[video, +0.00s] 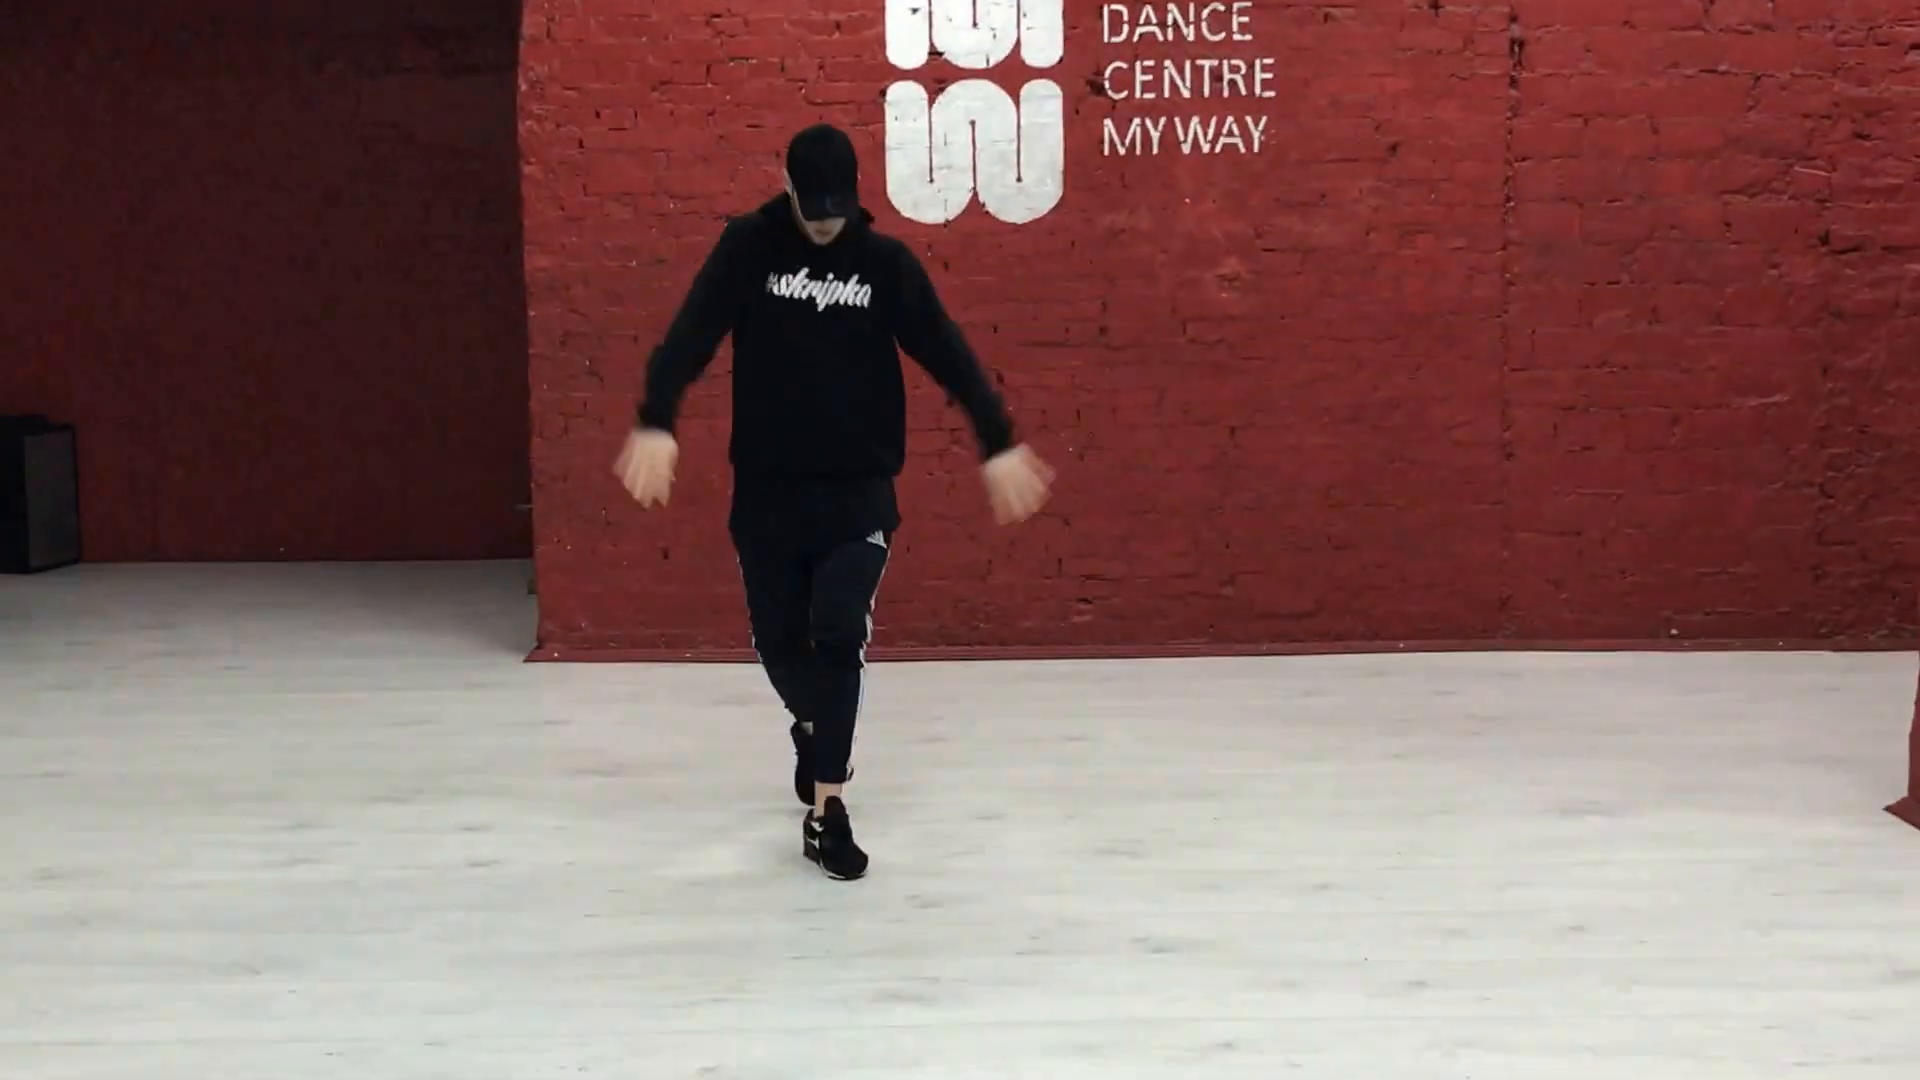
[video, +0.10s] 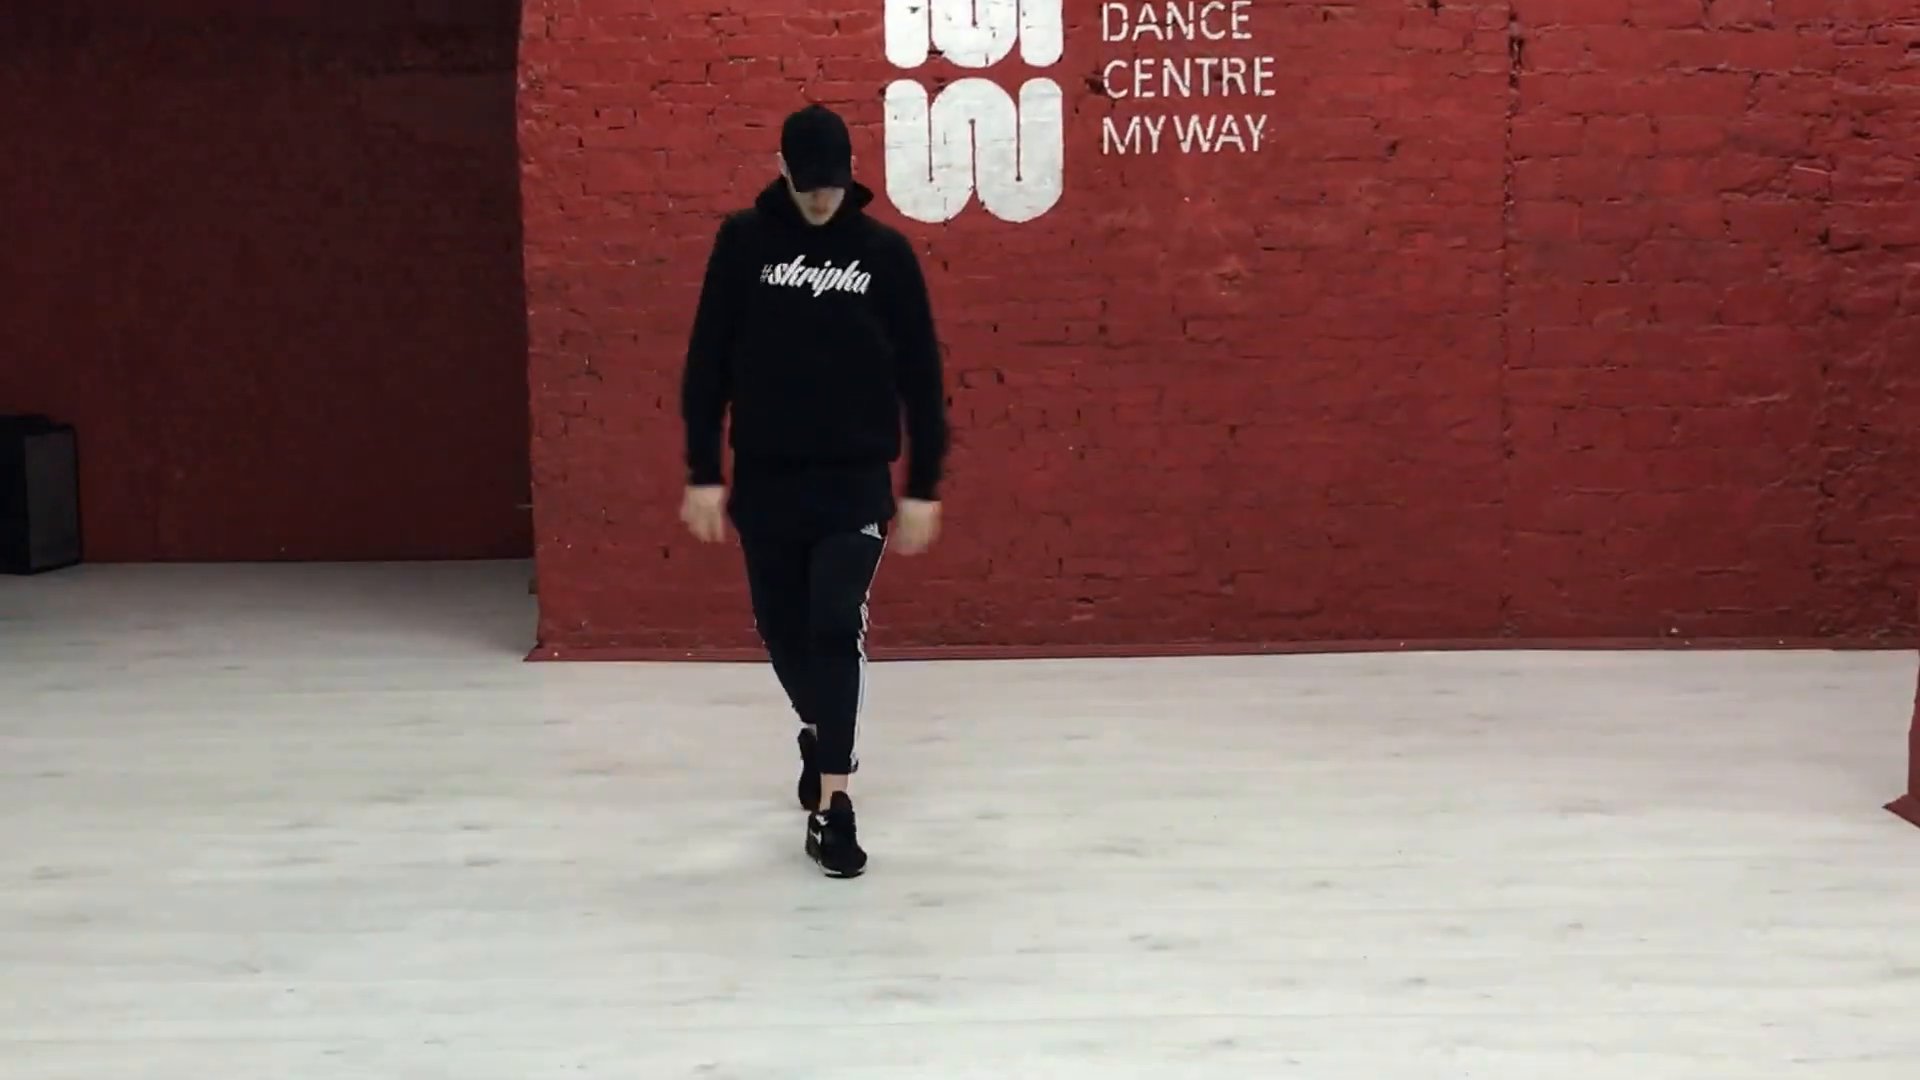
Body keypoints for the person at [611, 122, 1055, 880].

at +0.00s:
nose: (823, 227)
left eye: (834, 215)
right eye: (811, 214)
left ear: (854, 199)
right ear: (789, 194)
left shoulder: (887, 264)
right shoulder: (748, 247)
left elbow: (949, 355)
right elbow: (692, 334)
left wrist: (998, 442)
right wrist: (657, 419)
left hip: (858, 487)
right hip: (766, 485)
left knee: (840, 633)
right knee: (779, 647)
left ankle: (827, 801)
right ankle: (813, 722)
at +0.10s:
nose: (820, 200)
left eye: (831, 187)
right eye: (807, 187)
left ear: (851, 177)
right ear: (785, 175)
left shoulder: (886, 253)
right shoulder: (743, 243)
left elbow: (922, 375)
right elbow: (706, 360)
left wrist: (923, 489)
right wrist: (703, 471)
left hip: (856, 478)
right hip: (766, 478)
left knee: (833, 628)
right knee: (784, 636)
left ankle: (834, 800)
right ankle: (816, 739)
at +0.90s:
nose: (820, 171)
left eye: (832, 162)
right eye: (807, 161)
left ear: (849, 176)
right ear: (787, 175)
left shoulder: (887, 262)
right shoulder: (752, 262)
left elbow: (905, 373)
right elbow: (743, 377)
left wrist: (889, 463)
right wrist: (777, 470)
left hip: (871, 468)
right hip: (791, 471)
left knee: (873, 622)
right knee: (812, 625)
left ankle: (881, 755)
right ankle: (815, 774)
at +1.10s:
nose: (839, 219)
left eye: (851, 209)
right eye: (826, 209)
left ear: (868, 221)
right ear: (807, 222)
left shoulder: (903, 313)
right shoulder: (773, 308)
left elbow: (916, 418)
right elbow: (770, 421)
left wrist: (832, 417)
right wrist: (849, 478)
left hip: (879, 512)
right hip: (797, 512)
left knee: (871, 657)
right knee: (815, 655)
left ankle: (868, 784)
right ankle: (816, 795)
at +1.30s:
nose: (856, 229)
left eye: (868, 217)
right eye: (844, 216)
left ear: (884, 225)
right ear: (823, 223)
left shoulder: (912, 310)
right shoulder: (788, 302)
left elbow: (942, 417)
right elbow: (761, 408)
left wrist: (901, 398)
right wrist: (845, 390)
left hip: (879, 506)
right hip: (797, 506)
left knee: (901, 646)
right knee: (821, 650)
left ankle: (866, 790)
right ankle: (789, 789)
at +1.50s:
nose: (886, 275)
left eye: (897, 261)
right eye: (877, 258)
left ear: (909, 251)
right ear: (846, 238)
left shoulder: (917, 307)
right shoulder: (792, 306)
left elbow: (967, 378)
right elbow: (720, 390)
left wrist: (1030, 442)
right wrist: (644, 470)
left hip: (903, 522)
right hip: (817, 523)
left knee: (914, 663)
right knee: (815, 670)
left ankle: (870, 799)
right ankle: (783, 810)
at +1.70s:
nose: (906, 306)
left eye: (915, 293)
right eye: (895, 291)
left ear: (927, 280)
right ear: (864, 270)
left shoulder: (949, 313)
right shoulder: (809, 317)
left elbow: (1033, 297)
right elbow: (704, 320)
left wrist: (1119, 261)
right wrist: (581, 300)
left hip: (916, 529)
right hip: (837, 533)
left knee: (958, 666)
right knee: (874, 678)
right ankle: (830, 841)